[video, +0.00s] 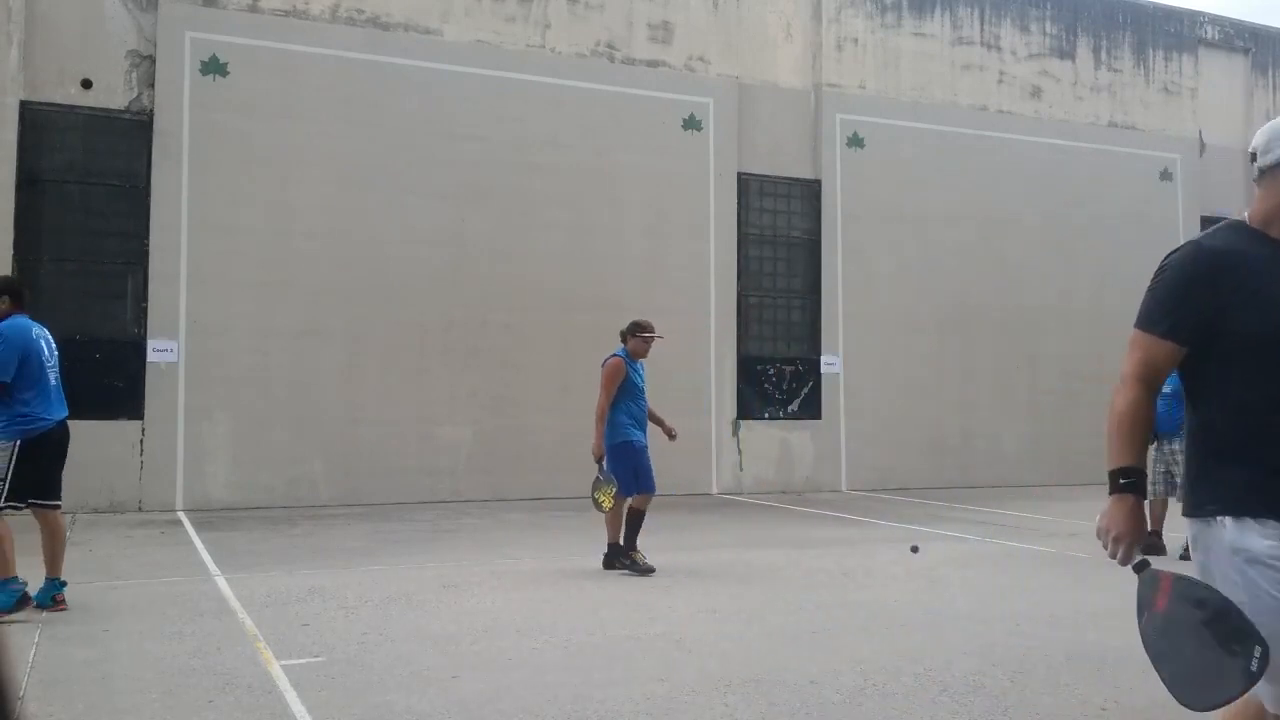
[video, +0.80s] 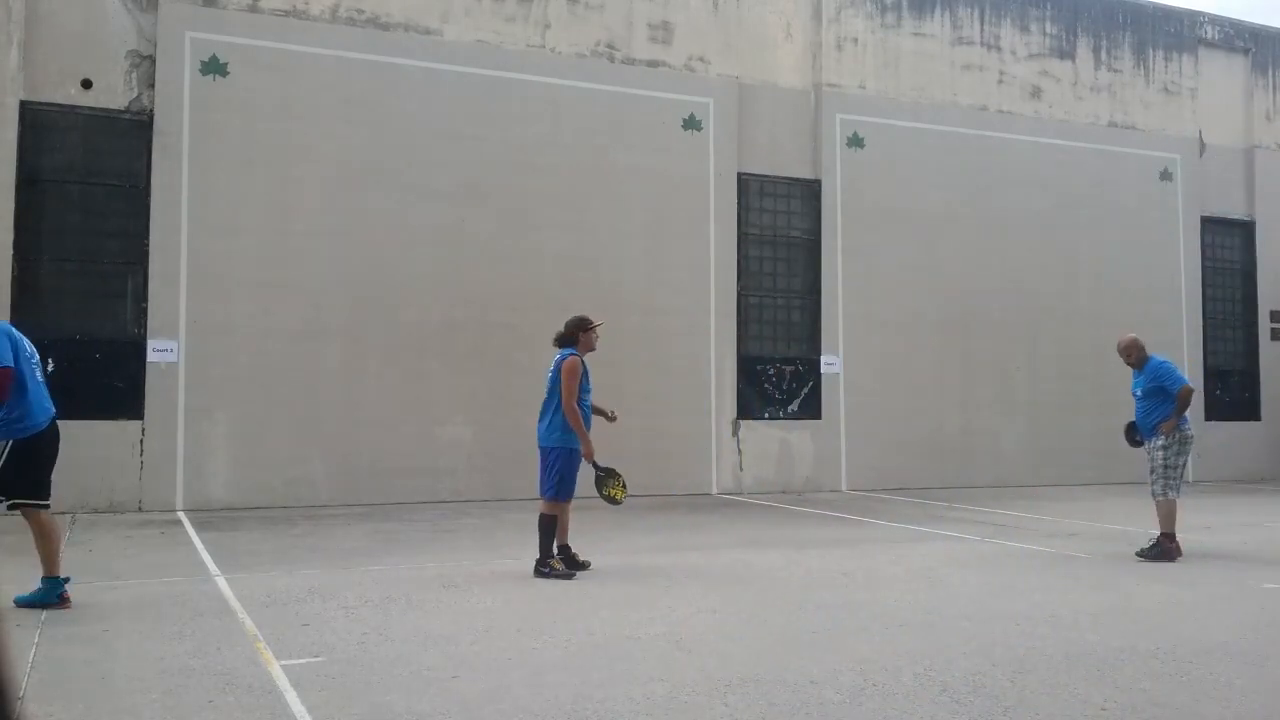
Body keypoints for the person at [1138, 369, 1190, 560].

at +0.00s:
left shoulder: (1183, 373)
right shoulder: (1154, 375)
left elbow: (1194, 403)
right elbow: (1151, 405)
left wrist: (1192, 432)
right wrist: (1149, 431)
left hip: (1182, 438)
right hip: (1159, 440)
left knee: (1188, 492)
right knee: (1157, 490)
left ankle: (1194, 539)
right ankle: (1155, 536)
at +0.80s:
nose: (1127, 362)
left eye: (1129, 356)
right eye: (1123, 358)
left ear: (1140, 350)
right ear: (1123, 357)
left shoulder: (1160, 367)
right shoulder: (1138, 373)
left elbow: (1186, 390)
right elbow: (1150, 404)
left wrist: (1174, 419)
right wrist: (1140, 427)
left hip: (1170, 435)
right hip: (1155, 437)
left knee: (1164, 489)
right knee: (1159, 490)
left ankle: (1168, 542)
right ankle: (1166, 540)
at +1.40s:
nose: (1121, 354)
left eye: (1125, 348)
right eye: (1117, 350)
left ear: (1137, 347)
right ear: (1114, 354)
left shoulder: (1145, 369)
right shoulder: (1136, 369)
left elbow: (1166, 395)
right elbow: (1149, 403)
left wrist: (1158, 424)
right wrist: (1137, 427)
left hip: (1163, 436)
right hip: (1169, 434)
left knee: (1158, 491)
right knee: (1172, 491)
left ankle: (1157, 545)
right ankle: (1181, 541)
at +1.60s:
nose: (1132, 352)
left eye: (1137, 346)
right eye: (1127, 348)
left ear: (1147, 346)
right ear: (1124, 352)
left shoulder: (1156, 368)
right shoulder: (1141, 371)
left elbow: (1176, 393)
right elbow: (1150, 404)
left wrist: (1162, 422)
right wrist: (1139, 429)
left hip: (1168, 436)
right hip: (1170, 435)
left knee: (1161, 491)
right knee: (1177, 492)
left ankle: (1157, 545)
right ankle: (1189, 545)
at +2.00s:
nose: (1144, 350)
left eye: (1149, 345)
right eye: (1142, 346)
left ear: (1164, 344)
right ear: (1143, 348)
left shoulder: (1170, 366)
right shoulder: (1164, 366)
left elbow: (1183, 392)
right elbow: (1167, 401)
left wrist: (1169, 421)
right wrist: (1151, 426)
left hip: (1172, 435)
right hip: (1185, 434)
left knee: (1154, 489)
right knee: (1179, 491)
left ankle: (1157, 544)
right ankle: (1189, 545)